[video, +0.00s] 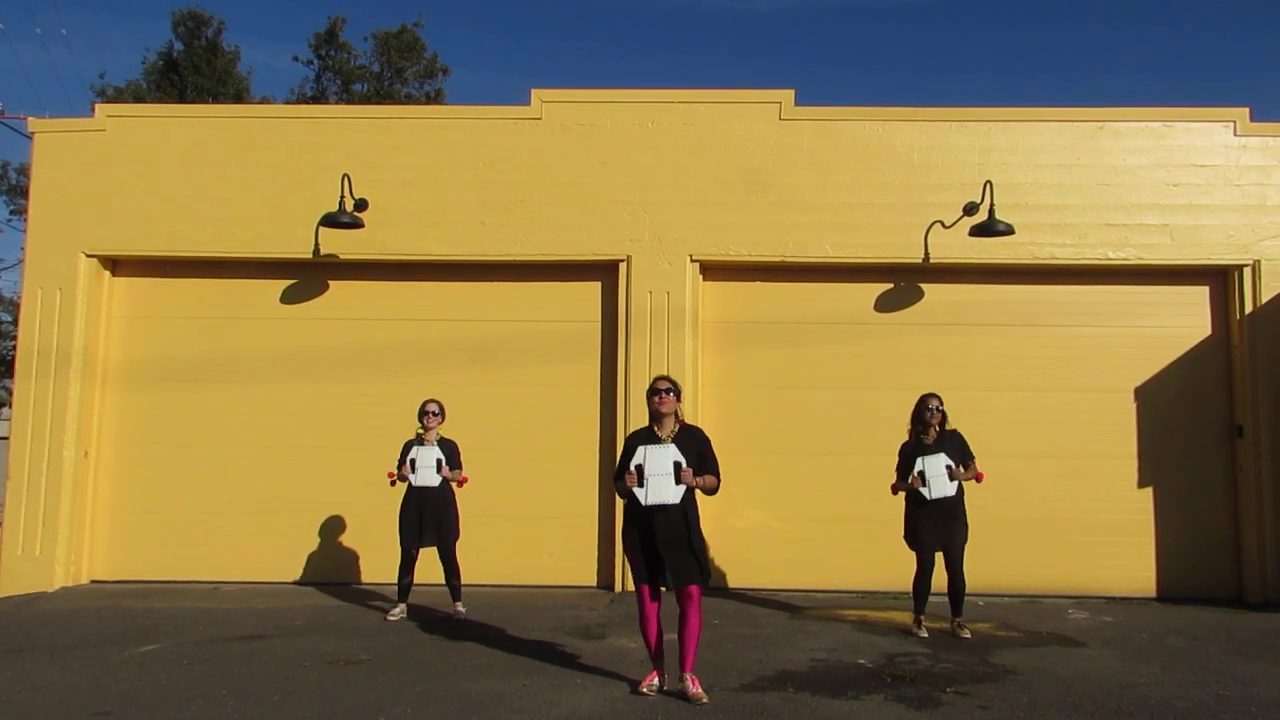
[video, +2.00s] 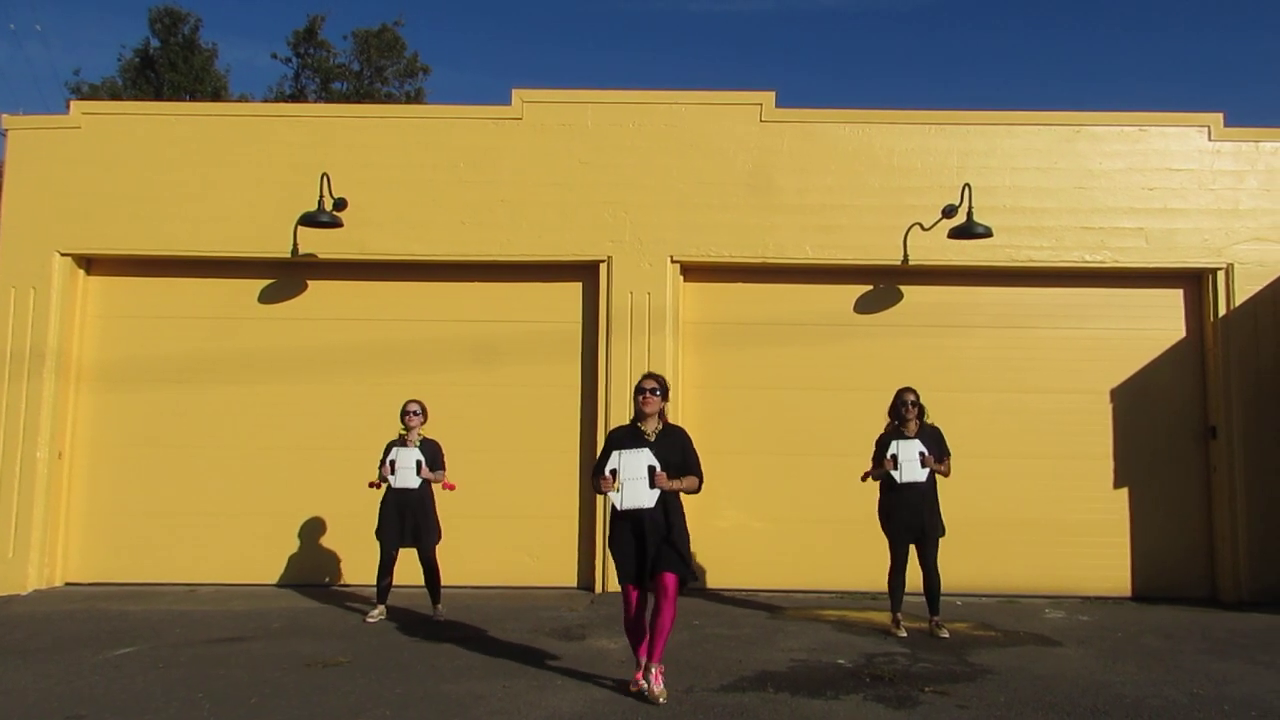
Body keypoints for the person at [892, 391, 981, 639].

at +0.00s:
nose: (934, 413)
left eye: (938, 409)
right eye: (928, 409)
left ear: (943, 413)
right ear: (919, 413)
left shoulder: (954, 439)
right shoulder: (909, 447)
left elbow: (973, 470)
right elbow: (897, 485)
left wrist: (961, 475)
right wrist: (910, 485)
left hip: (953, 517)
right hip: (923, 518)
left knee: (955, 570)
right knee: (925, 568)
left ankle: (957, 621)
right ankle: (918, 620)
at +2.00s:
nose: (909, 408)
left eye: (913, 404)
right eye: (903, 404)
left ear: (919, 407)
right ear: (896, 408)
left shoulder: (932, 434)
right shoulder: (886, 439)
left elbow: (946, 471)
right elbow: (874, 475)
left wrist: (933, 465)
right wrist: (885, 469)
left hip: (926, 511)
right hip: (896, 512)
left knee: (930, 565)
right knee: (898, 563)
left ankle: (935, 619)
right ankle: (896, 618)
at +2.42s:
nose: (909, 413)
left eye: (913, 409)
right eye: (903, 409)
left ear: (919, 413)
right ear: (895, 414)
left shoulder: (928, 443)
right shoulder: (883, 443)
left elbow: (938, 481)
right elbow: (864, 475)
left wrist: (935, 474)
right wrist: (885, 475)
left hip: (924, 512)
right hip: (894, 513)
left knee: (929, 568)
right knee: (901, 567)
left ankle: (932, 621)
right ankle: (894, 621)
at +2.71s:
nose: (904, 402)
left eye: (909, 398)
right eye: (899, 398)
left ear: (915, 403)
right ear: (888, 402)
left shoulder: (921, 431)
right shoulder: (881, 425)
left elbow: (960, 448)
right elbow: (893, 420)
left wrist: (965, 418)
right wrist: (922, 404)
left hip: (919, 502)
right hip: (889, 501)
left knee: (917, 559)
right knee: (893, 559)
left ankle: (921, 614)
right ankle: (892, 614)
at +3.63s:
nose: (904, 404)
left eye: (907, 402)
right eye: (900, 401)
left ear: (913, 410)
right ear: (894, 409)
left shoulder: (924, 433)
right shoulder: (884, 435)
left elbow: (954, 417)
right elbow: (893, 408)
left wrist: (957, 385)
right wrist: (913, 382)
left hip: (923, 508)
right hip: (893, 509)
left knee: (923, 566)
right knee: (896, 564)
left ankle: (925, 620)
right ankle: (898, 614)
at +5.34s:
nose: (910, 401)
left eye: (914, 397)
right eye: (904, 397)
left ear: (921, 402)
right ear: (896, 402)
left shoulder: (932, 431)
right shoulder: (885, 432)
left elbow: (954, 466)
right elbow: (871, 466)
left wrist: (940, 466)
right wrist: (887, 468)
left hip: (929, 503)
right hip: (897, 505)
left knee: (932, 559)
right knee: (904, 561)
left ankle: (929, 616)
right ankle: (903, 616)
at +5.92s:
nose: (913, 399)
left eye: (917, 395)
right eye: (907, 395)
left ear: (923, 399)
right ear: (898, 400)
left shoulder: (935, 429)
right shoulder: (891, 428)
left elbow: (950, 467)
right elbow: (880, 465)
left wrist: (949, 456)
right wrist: (901, 457)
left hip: (928, 503)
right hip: (897, 504)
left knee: (928, 560)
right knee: (895, 559)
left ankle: (936, 621)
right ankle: (888, 618)